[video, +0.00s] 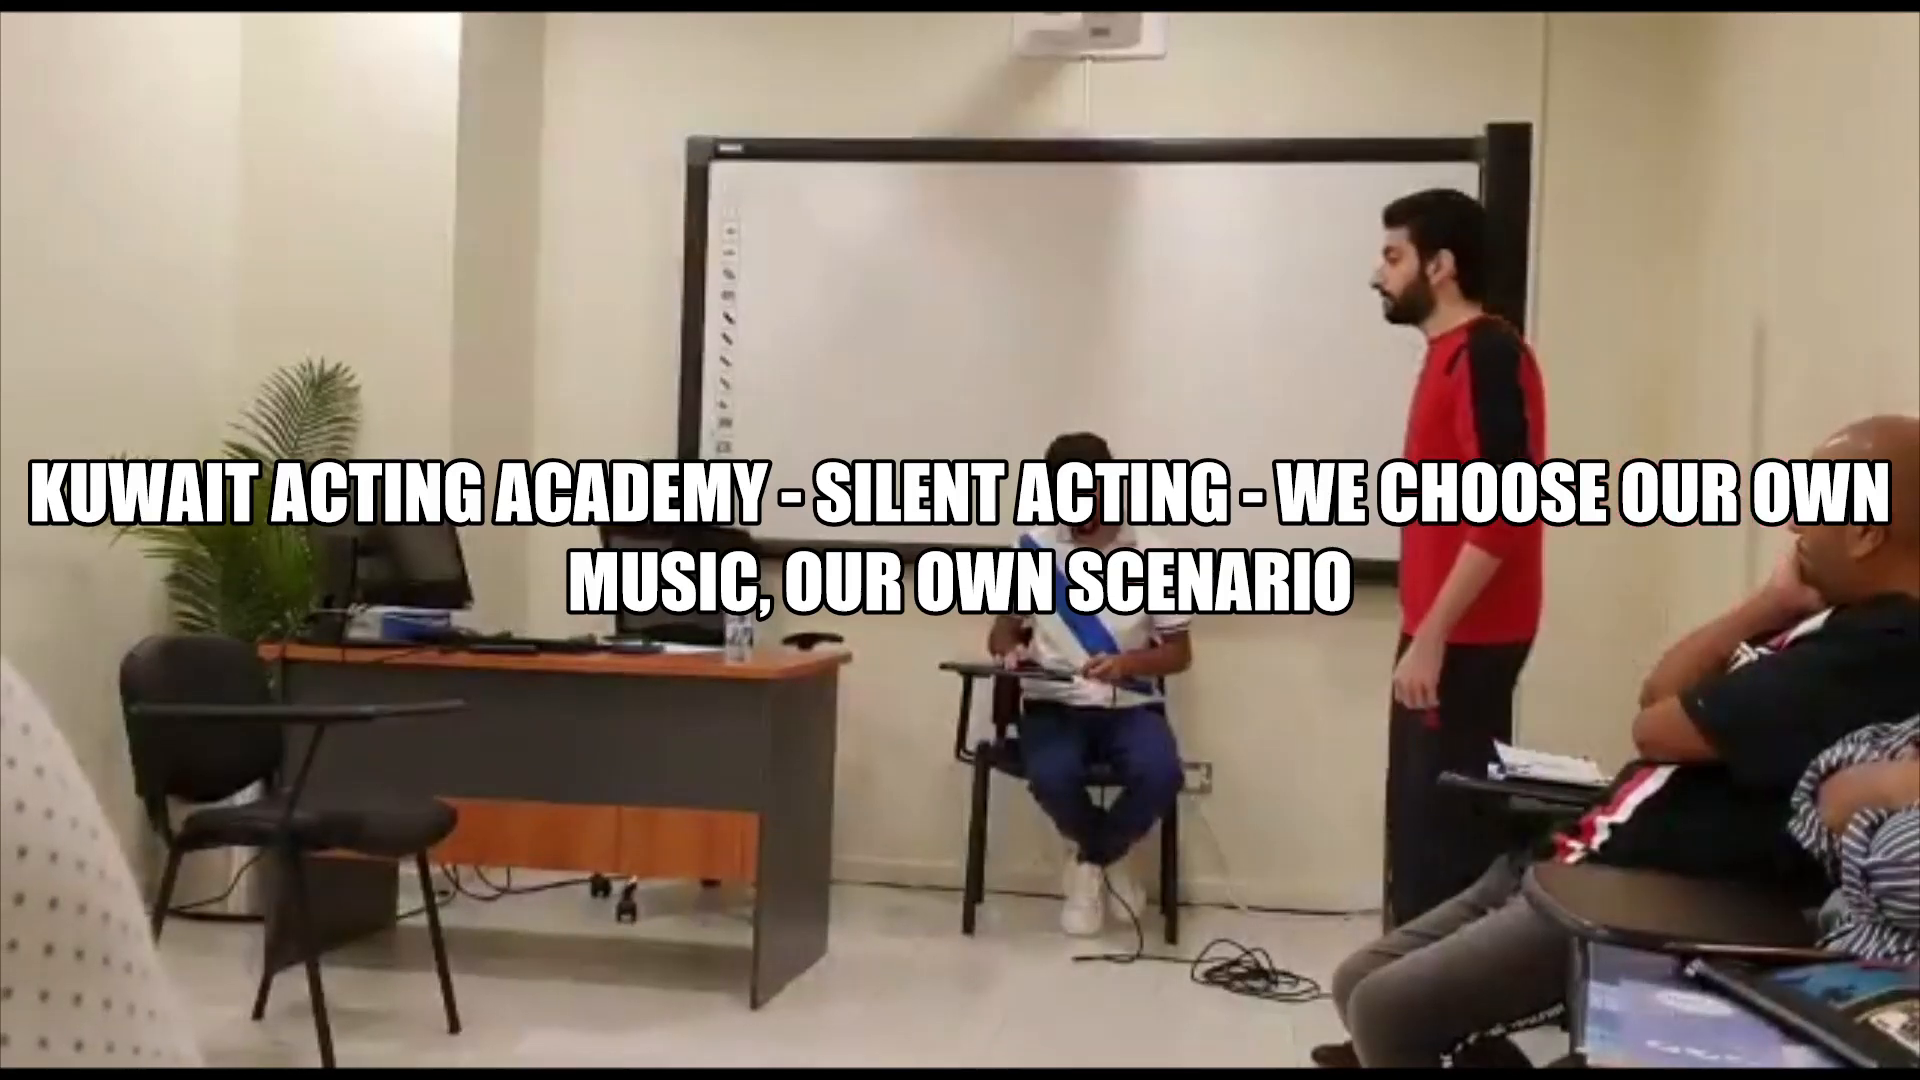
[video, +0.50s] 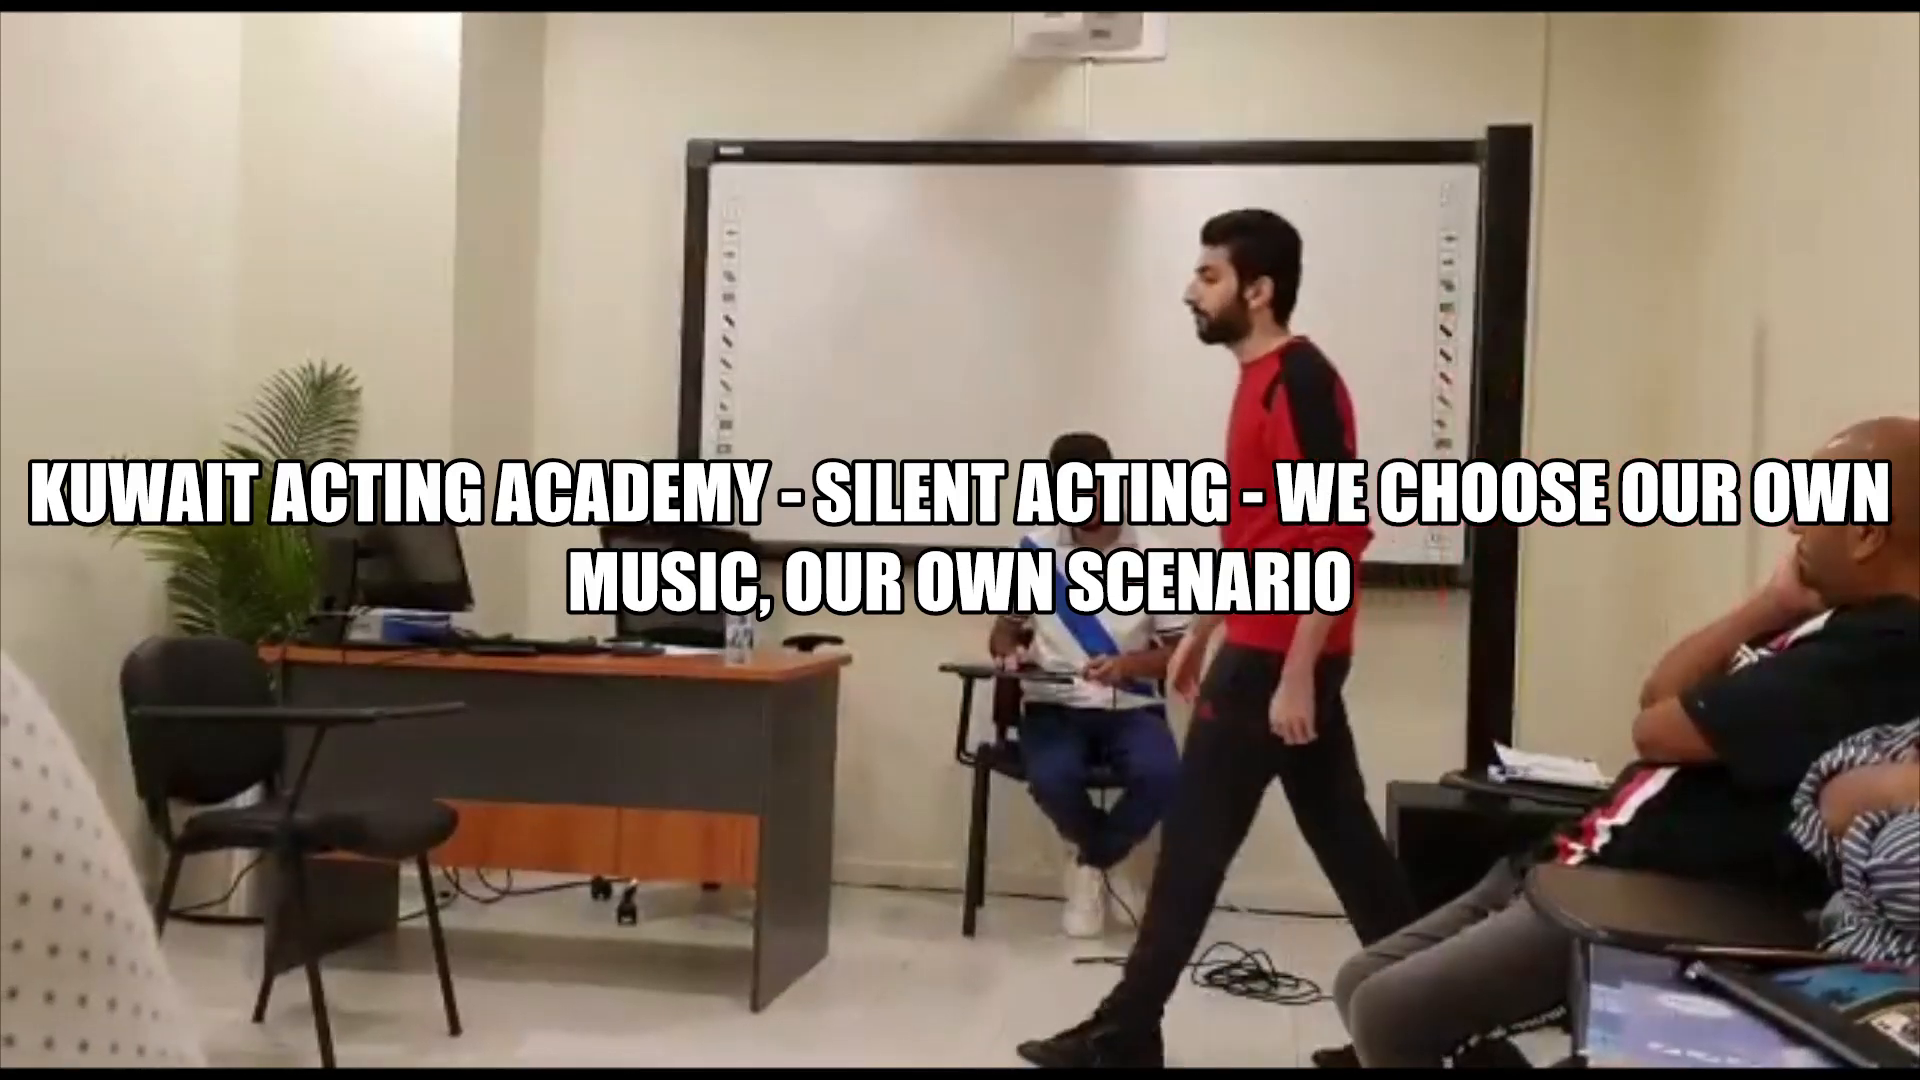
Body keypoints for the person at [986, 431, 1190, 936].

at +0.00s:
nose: (1082, 505)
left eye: (1090, 490)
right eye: (1070, 492)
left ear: (1111, 486)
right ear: (1053, 493)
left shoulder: (1145, 551)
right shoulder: (1035, 549)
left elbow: (1179, 653)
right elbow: (999, 639)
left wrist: (1125, 664)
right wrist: (1009, 637)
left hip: (1130, 705)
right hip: (1053, 704)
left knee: (1160, 776)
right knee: (1051, 780)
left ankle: (1088, 866)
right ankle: (1108, 857)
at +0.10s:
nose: (1082, 505)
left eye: (1090, 490)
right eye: (1070, 492)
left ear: (1111, 486)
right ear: (1053, 493)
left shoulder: (1146, 551)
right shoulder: (1035, 549)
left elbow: (1179, 653)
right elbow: (1000, 635)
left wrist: (1125, 664)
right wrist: (1008, 641)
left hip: (1130, 706)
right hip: (1054, 705)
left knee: (1160, 776)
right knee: (1051, 781)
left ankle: (1088, 866)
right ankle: (1109, 857)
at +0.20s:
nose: (1083, 505)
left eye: (1090, 490)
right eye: (1070, 492)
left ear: (1111, 487)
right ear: (1053, 493)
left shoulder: (1146, 552)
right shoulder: (1036, 550)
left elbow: (1179, 653)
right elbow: (1000, 636)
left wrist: (1126, 665)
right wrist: (1008, 640)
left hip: (1130, 706)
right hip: (1054, 705)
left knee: (1160, 777)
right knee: (1051, 780)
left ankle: (1088, 867)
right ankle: (1108, 858)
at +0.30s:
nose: (1082, 505)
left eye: (1090, 489)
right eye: (1070, 492)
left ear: (1111, 486)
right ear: (1053, 493)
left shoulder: (1145, 551)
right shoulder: (1036, 550)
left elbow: (1181, 653)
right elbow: (1002, 633)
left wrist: (1127, 665)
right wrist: (1007, 642)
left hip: (1131, 707)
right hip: (1054, 705)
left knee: (1160, 777)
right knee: (1051, 780)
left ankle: (1089, 866)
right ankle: (1107, 856)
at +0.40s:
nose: (1085, 508)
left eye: (1092, 493)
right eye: (1072, 495)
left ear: (1113, 488)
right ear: (1054, 495)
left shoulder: (1146, 551)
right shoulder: (1037, 550)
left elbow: (1176, 652)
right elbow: (1003, 632)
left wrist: (1126, 665)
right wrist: (1007, 643)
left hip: (1131, 707)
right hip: (1055, 706)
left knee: (1161, 778)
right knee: (1051, 781)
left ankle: (1089, 867)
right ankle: (1107, 858)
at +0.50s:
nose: (1087, 506)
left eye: (1094, 492)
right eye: (1073, 494)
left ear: (1113, 488)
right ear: (1055, 494)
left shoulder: (1148, 551)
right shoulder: (1037, 550)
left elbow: (1179, 651)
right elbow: (1004, 632)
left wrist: (1126, 665)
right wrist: (1007, 642)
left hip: (1131, 707)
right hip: (1054, 706)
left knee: (1162, 777)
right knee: (1052, 782)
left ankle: (1089, 866)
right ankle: (1115, 854)